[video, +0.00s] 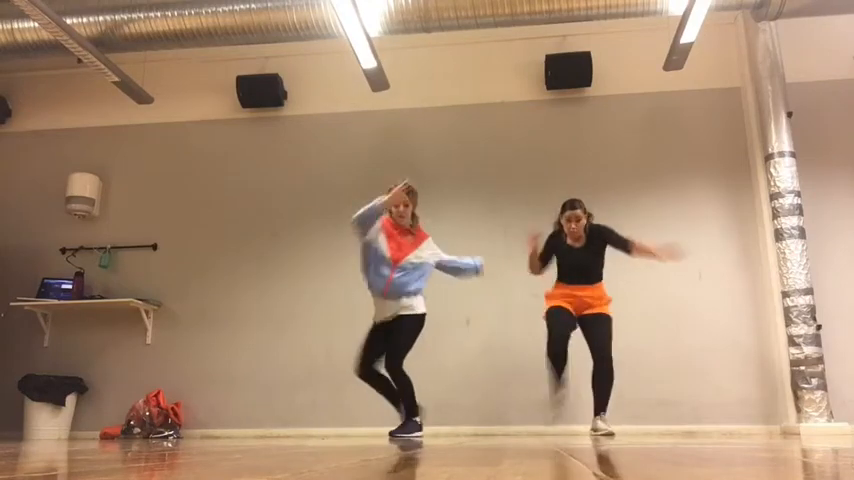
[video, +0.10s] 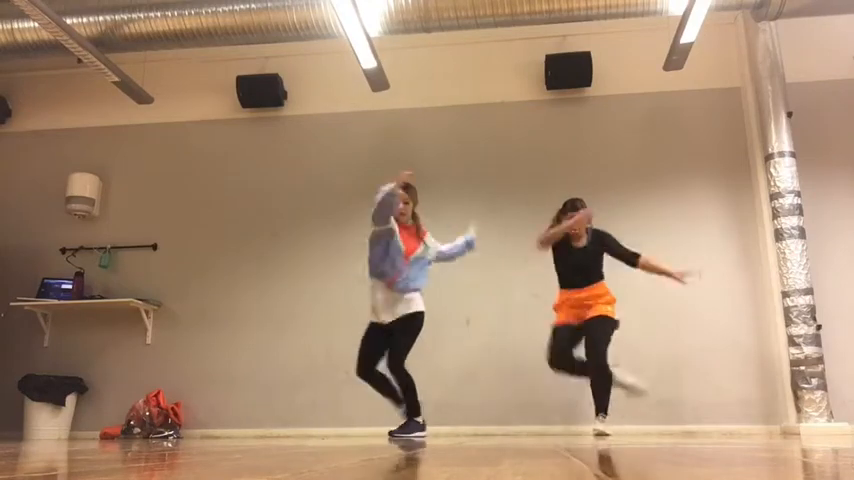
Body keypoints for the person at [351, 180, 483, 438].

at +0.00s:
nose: (401, 210)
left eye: (406, 205)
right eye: (396, 205)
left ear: (414, 208)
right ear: (389, 208)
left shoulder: (421, 242)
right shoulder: (376, 231)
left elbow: (446, 263)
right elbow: (359, 222)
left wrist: (476, 265)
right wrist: (385, 201)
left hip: (410, 312)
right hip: (384, 314)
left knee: (393, 364)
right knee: (365, 369)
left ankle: (412, 421)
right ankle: (408, 410)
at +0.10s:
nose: (401, 208)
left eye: (406, 202)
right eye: (397, 202)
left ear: (414, 206)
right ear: (389, 206)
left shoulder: (422, 239)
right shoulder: (384, 234)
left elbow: (442, 253)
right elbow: (380, 211)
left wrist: (467, 243)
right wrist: (393, 187)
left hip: (410, 310)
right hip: (383, 314)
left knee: (395, 363)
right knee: (365, 369)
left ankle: (415, 420)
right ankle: (403, 403)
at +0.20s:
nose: (393, 204)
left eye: (398, 199)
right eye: (390, 199)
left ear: (411, 198)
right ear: (386, 199)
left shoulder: (426, 225)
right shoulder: (378, 216)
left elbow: (448, 234)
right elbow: (352, 218)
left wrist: (468, 209)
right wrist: (338, 211)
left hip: (413, 306)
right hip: (381, 304)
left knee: (409, 366)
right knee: (360, 363)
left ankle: (406, 421)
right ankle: (355, 412)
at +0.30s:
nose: (389, 202)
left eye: (394, 197)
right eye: (385, 197)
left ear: (407, 196)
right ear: (382, 198)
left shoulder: (424, 213)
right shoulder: (376, 225)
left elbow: (449, 210)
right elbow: (353, 245)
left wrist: (449, 198)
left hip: (408, 305)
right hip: (378, 302)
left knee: (408, 363)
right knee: (359, 353)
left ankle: (393, 420)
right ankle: (327, 402)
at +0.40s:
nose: (380, 206)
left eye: (386, 201)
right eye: (376, 201)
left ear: (400, 198)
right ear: (373, 200)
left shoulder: (419, 215)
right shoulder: (371, 230)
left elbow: (445, 213)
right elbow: (359, 255)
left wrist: (456, 197)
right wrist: (327, 259)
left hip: (407, 298)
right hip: (378, 294)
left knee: (403, 363)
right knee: (360, 340)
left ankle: (391, 420)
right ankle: (316, 382)